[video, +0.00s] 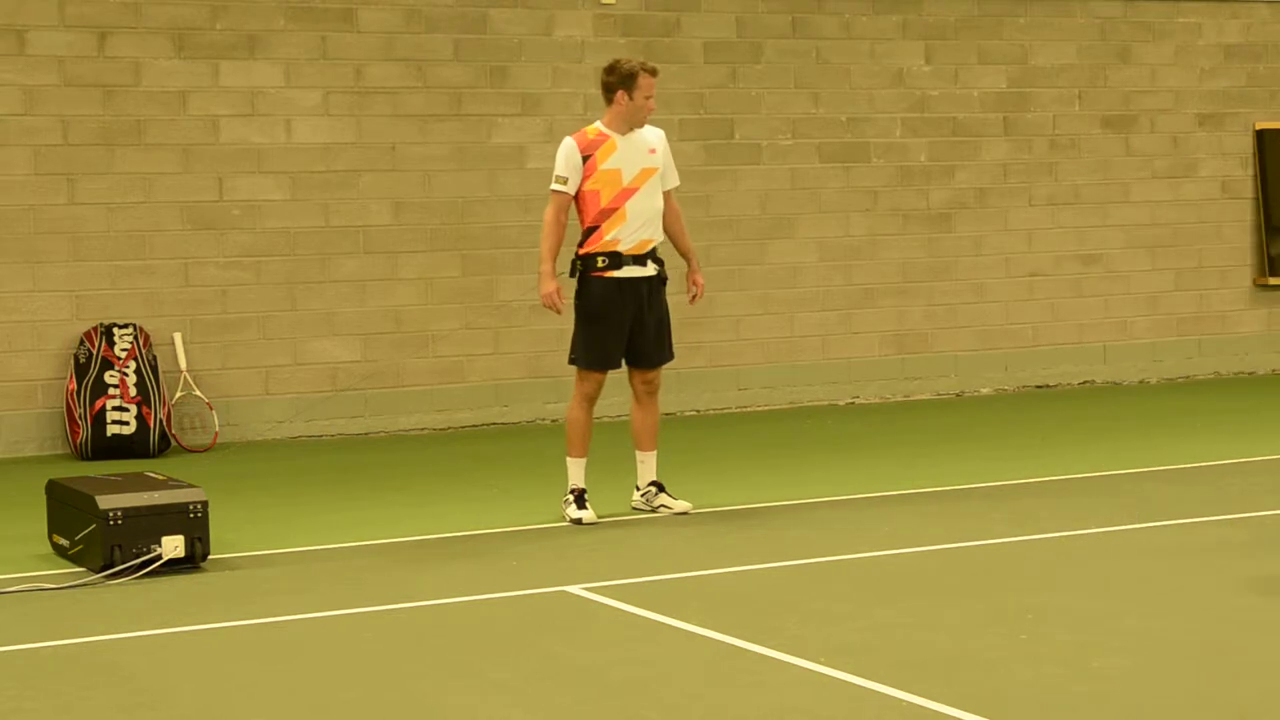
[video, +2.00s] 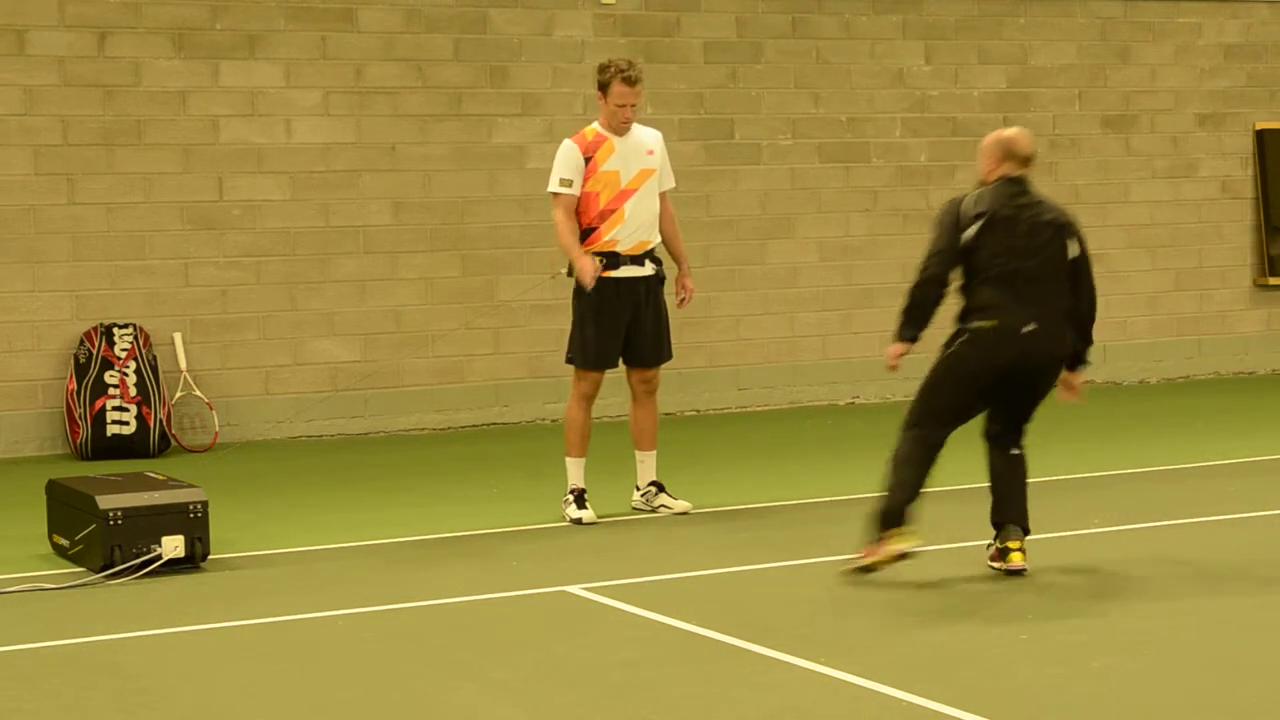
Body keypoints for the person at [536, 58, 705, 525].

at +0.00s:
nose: (653, 106)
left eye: (654, 98)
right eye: (647, 98)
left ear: (631, 99)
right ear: (620, 98)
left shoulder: (655, 140)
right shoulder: (578, 147)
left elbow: (668, 205)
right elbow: (556, 213)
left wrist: (691, 261)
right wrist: (548, 274)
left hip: (649, 280)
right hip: (601, 283)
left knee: (647, 384)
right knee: (588, 388)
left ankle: (647, 487)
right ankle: (576, 492)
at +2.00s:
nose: (630, 113)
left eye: (635, 105)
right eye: (622, 105)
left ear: (640, 102)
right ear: (601, 100)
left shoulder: (652, 142)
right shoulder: (576, 149)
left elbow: (664, 208)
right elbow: (562, 213)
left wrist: (683, 264)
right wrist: (577, 257)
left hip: (646, 279)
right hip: (599, 280)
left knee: (646, 383)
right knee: (586, 388)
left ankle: (647, 487)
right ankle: (575, 492)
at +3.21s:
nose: (648, 105)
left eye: (649, 97)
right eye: (643, 98)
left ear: (633, 98)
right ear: (615, 98)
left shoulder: (654, 143)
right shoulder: (578, 148)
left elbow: (710, 175)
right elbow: (567, 214)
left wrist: (773, 193)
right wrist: (575, 266)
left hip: (646, 280)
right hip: (599, 281)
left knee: (646, 383)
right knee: (586, 387)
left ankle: (647, 488)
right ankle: (575, 493)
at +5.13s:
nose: (617, 114)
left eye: (623, 106)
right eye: (609, 107)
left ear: (630, 102)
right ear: (591, 102)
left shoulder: (644, 139)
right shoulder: (570, 152)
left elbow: (655, 203)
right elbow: (548, 215)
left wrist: (679, 257)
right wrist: (541, 273)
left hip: (644, 279)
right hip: (596, 283)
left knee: (660, 377)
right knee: (583, 386)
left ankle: (651, 483)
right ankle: (575, 492)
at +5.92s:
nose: (617, 110)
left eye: (625, 102)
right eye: (614, 101)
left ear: (645, 102)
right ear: (611, 101)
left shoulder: (683, 143)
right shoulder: (603, 146)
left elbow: (703, 218)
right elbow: (571, 205)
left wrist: (719, 274)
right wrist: (523, 245)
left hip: (668, 278)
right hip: (617, 277)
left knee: (662, 384)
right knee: (598, 383)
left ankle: (656, 487)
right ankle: (577, 489)